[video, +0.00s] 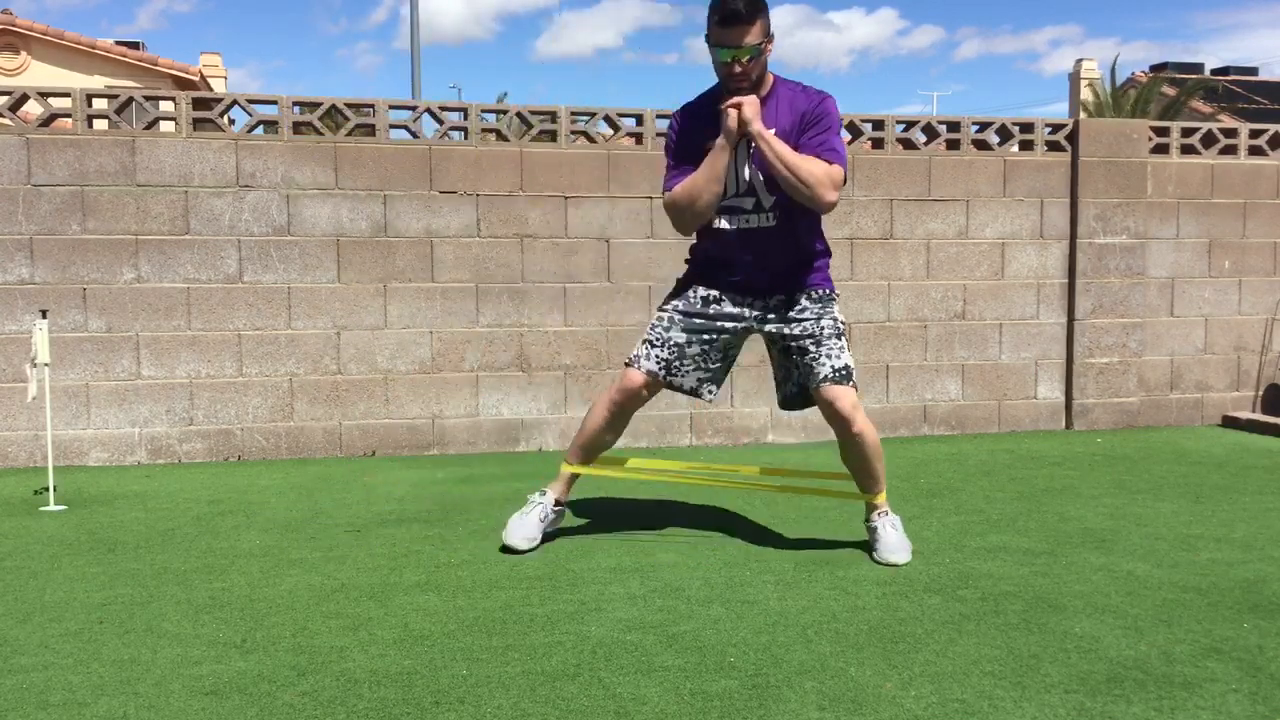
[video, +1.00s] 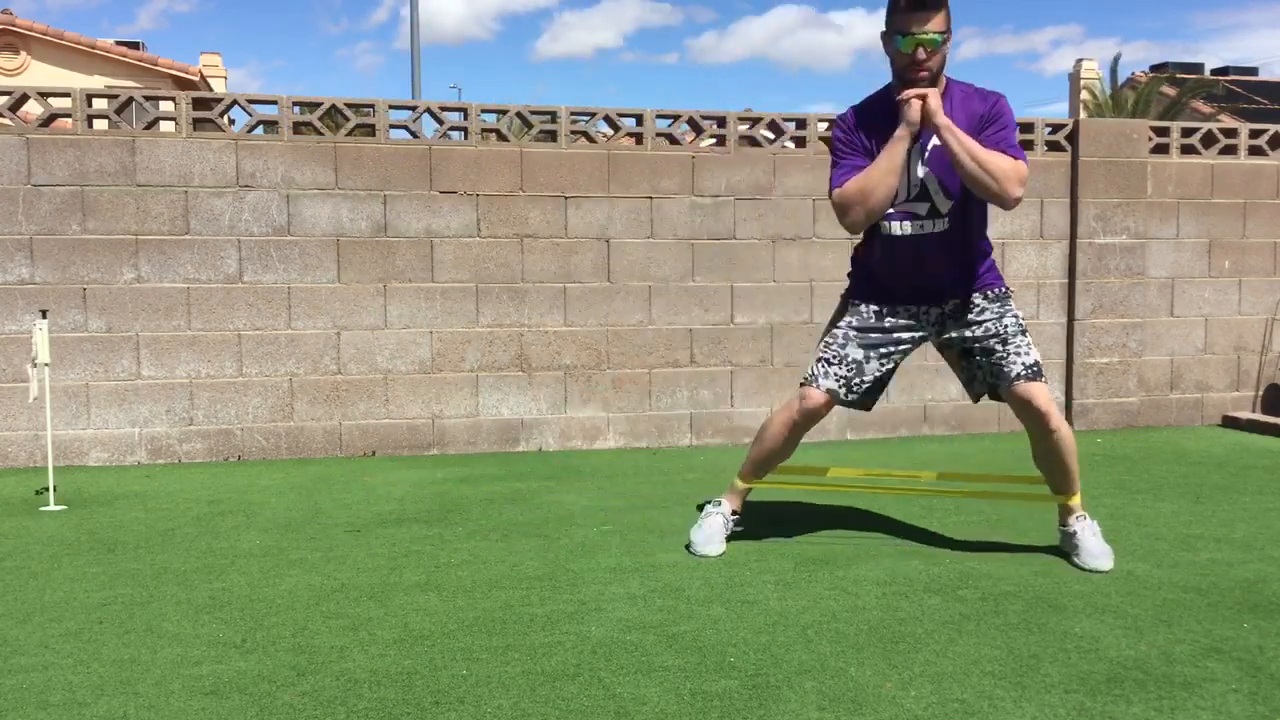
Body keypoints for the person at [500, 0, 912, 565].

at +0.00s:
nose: (736, 65)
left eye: (747, 52)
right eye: (723, 53)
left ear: (768, 42)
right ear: (708, 46)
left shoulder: (811, 107)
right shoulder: (692, 119)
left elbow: (824, 194)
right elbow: (684, 217)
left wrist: (758, 134)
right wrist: (727, 141)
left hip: (799, 285)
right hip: (713, 282)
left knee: (843, 406)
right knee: (631, 385)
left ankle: (881, 514)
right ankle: (553, 497)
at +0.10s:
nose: (770, 47)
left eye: (783, 35)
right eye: (758, 35)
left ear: (805, 26)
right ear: (744, 28)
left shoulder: (846, 91)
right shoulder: (723, 101)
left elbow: (856, 176)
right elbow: (714, 201)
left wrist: (791, 114)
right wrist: (759, 124)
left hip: (823, 271)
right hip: (740, 265)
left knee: (854, 399)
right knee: (664, 371)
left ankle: (884, 513)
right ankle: (607, 486)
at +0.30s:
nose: (802, 27)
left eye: (816, 15)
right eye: (791, 14)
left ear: (837, 11)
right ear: (777, 12)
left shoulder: (873, 75)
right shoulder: (749, 78)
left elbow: (875, 166)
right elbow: (734, 177)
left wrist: (818, 96)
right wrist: (784, 103)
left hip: (845, 257)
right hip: (765, 252)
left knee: (863, 384)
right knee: (716, 362)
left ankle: (886, 510)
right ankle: (699, 486)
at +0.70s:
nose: (814, 30)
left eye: (828, 19)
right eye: (801, 17)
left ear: (847, 18)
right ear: (785, 17)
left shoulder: (881, 82)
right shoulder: (757, 88)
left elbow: (883, 177)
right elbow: (742, 186)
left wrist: (828, 102)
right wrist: (795, 109)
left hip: (869, 262)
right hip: (788, 265)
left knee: (918, 375)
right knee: (747, 383)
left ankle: (969, 495)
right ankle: (718, 504)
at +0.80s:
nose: (836, 30)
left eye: (850, 18)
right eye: (824, 17)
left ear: (868, 20)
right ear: (807, 18)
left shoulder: (904, 83)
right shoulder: (778, 92)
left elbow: (911, 173)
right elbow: (762, 186)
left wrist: (850, 104)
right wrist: (816, 110)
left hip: (899, 263)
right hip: (814, 269)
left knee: (965, 375)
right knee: (766, 385)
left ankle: (1036, 493)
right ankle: (722, 504)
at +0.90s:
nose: (875, 43)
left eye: (888, 31)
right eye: (862, 30)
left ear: (905, 31)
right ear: (843, 31)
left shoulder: (940, 97)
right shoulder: (812, 109)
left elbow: (953, 184)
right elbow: (801, 202)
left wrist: (889, 115)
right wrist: (855, 122)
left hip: (933, 280)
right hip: (843, 286)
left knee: (1009, 392)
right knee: (787, 396)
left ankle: (1070, 514)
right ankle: (725, 505)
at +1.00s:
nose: (922, 56)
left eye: (935, 43)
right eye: (907, 43)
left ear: (950, 43)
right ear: (887, 44)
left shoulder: (986, 108)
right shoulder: (857, 123)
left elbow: (1010, 190)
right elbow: (853, 215)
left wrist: (942, 125)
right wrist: (905, 132)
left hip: (970, 291)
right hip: (881, 295)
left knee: (1039, 405)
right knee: (812, 401)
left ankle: (1075, 519)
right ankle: (728, 505)